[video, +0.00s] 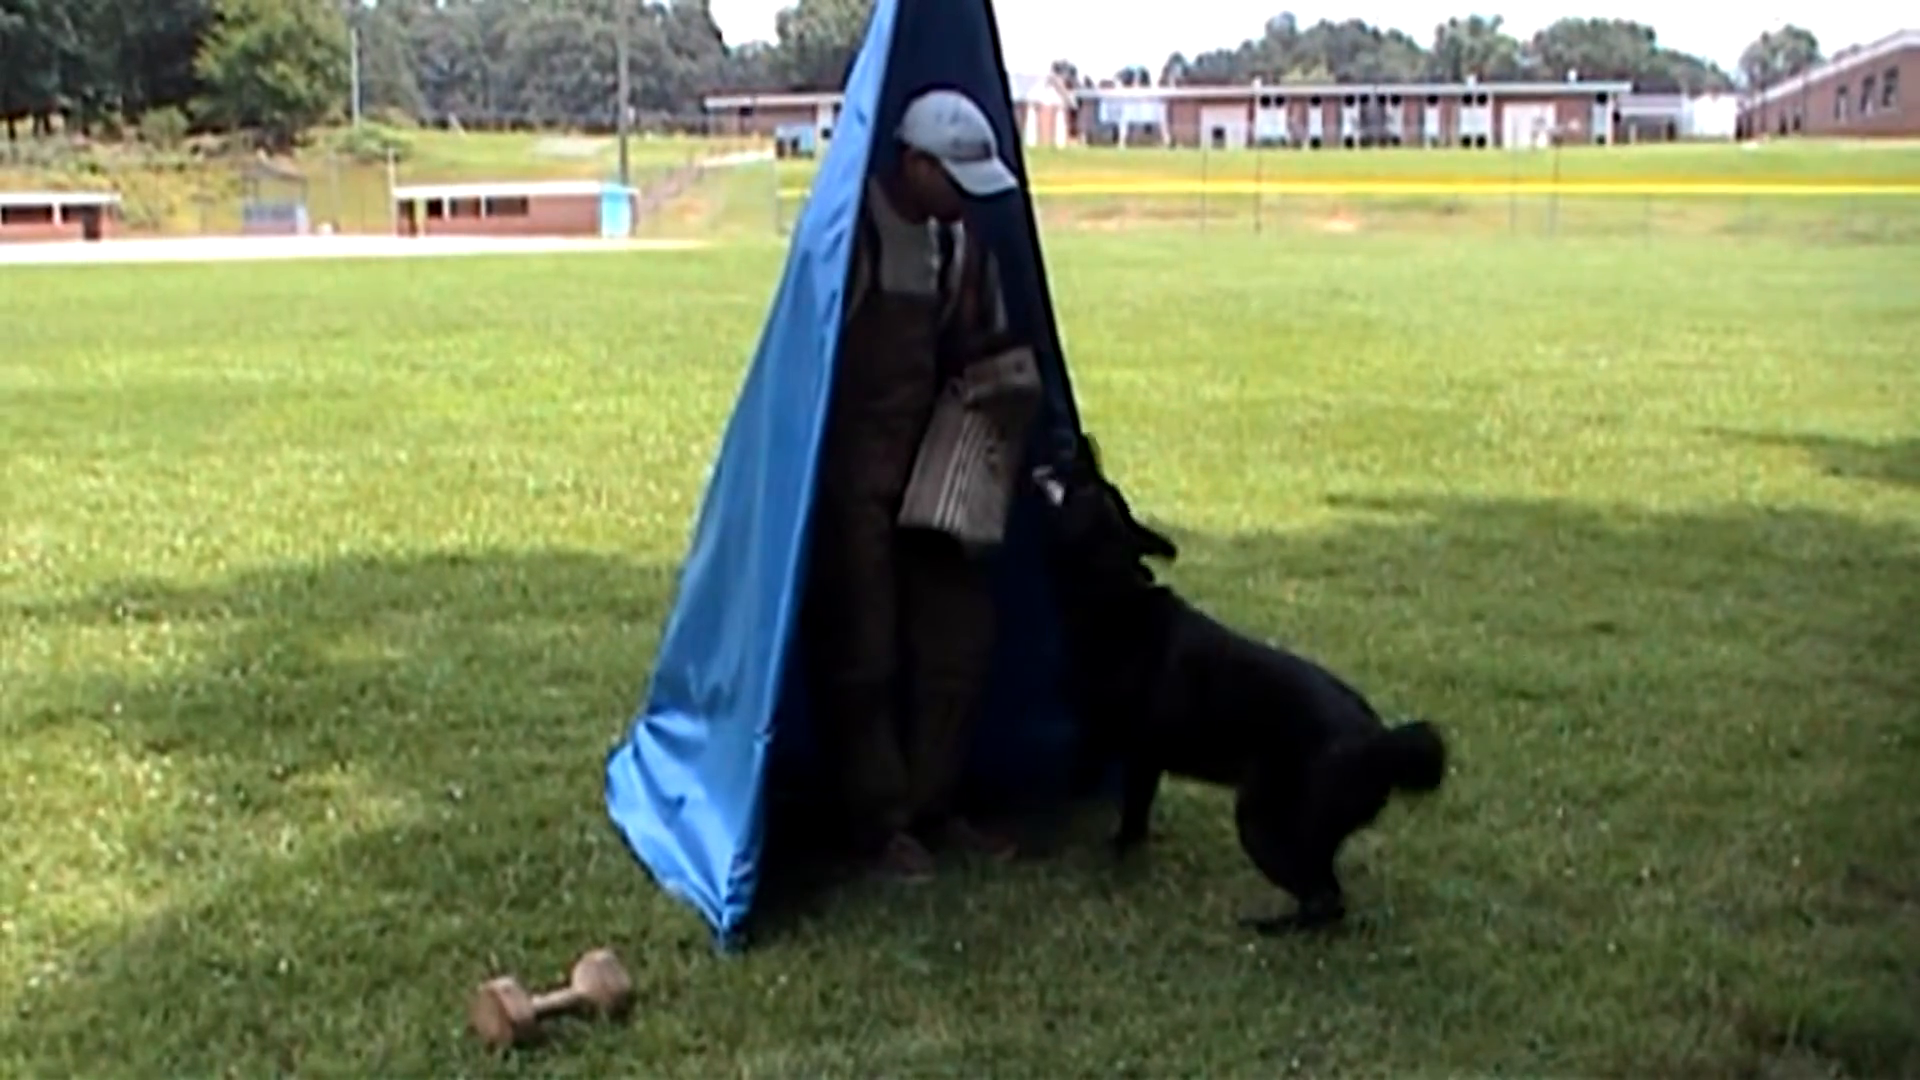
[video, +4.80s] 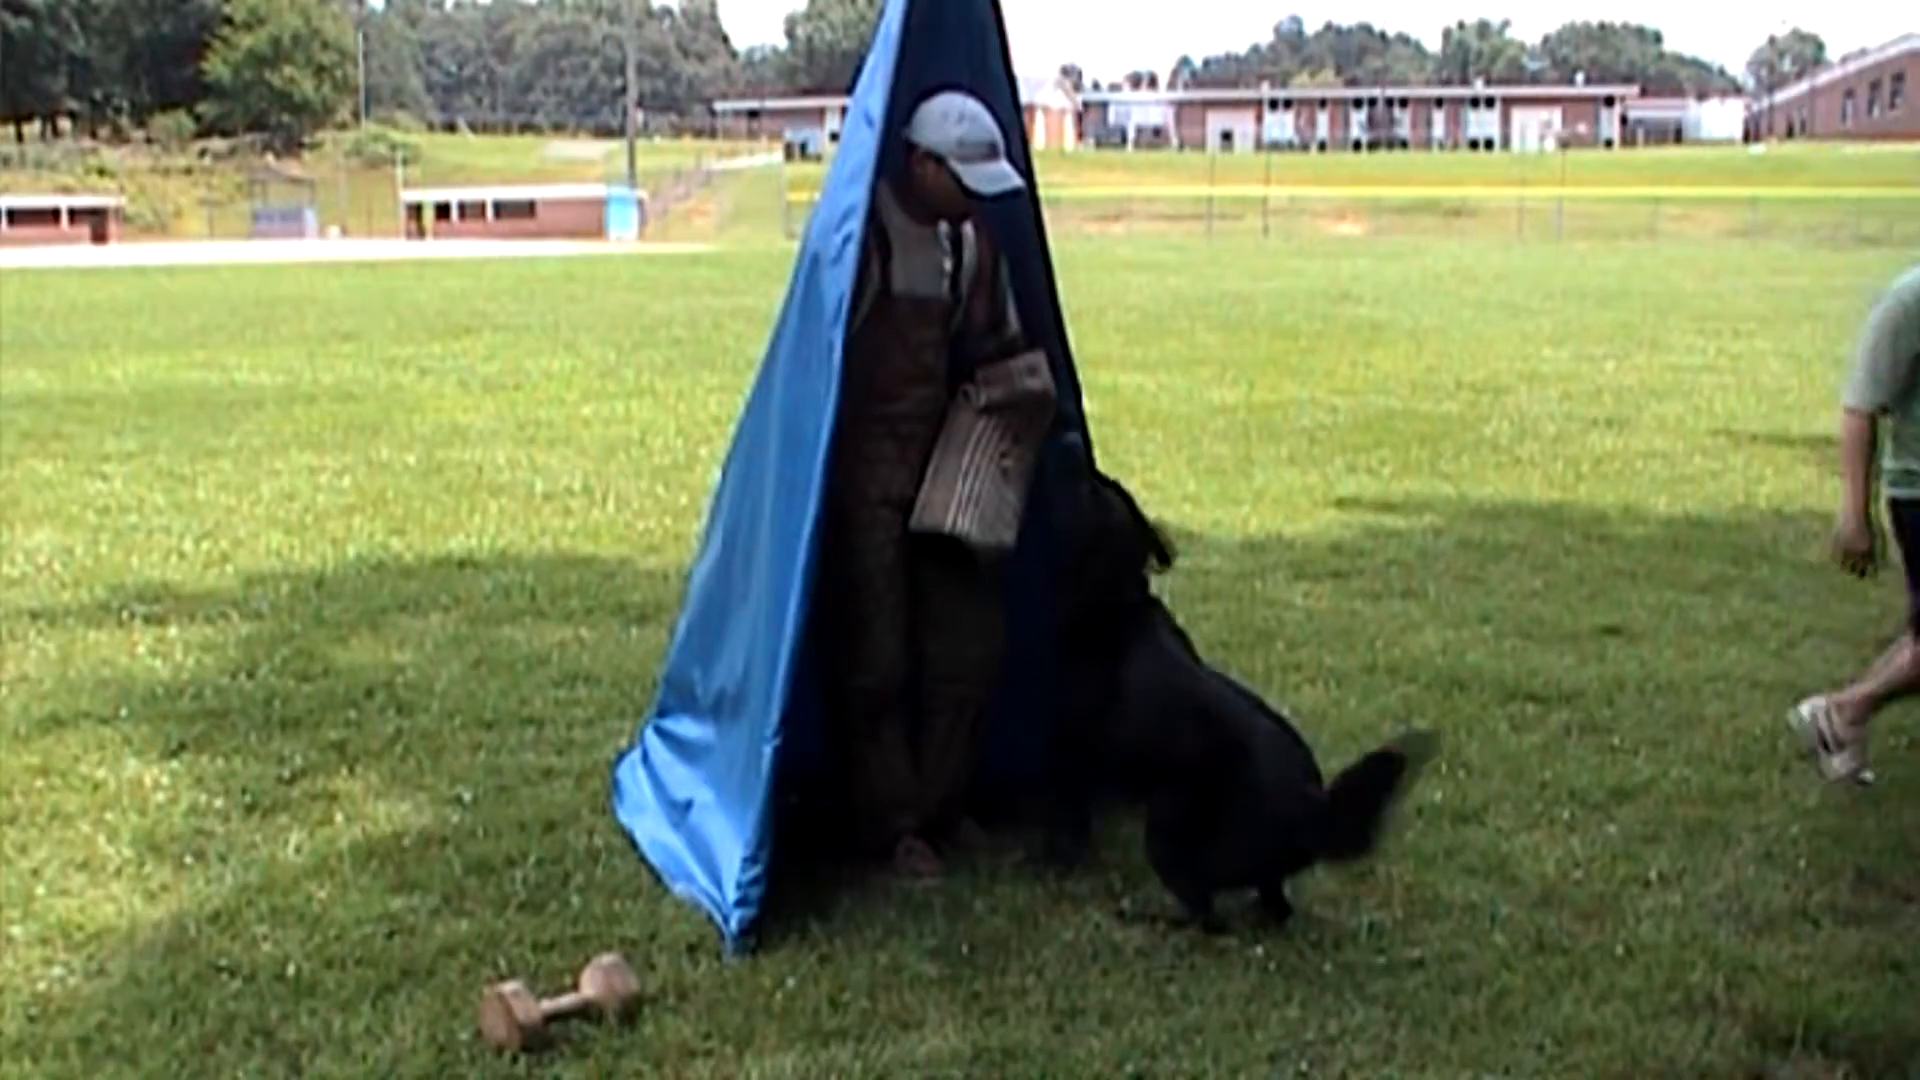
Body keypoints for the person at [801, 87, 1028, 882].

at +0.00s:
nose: (964, 199)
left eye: (971, 184)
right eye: (954, 182)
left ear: (965, 174)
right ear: (910, 163)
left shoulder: (967, 246)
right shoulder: (845, 242)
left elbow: (995, 360)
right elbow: (806, 372)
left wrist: (1000, 386)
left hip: (944, 481)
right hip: (853, 484)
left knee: (951, 640)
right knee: (868, 653)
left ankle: (939, 808)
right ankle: (880, 826)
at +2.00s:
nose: (980, 197)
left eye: (987, 184)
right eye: (970, 181)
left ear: (980, 171)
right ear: (928, 164)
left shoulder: (984, 246)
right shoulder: (865, 242)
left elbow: (1002, 359)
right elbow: (821, 366)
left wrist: (1029, 383)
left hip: (964, 484)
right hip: (876, 483)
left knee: (972, 644)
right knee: (888, 655)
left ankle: (952, 810)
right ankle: (899, 828)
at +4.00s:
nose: (973, 200)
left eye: (981, 186)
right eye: (964, 183)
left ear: (976, 175)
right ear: (923, 165)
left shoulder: (978, 248)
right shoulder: (860, 243)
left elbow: (1002, 359)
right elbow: (820, 366)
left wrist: (1022, 384)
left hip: (957, 482)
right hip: (870, 483)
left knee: (966, 644)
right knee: (883, 656)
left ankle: (946, 811)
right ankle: (894, 829)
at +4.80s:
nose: (971, 199)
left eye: (978, 186)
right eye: (961, 182)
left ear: (974, 174)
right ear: (917, 163)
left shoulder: (975, 245)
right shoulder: (855, 241)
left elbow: (997, 355)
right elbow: (815, 365)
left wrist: (1022, 384)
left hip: (955, 484)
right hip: (866, 486)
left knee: (961, 646)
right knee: (880, 658)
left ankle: (944, 813)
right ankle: (892, 829)